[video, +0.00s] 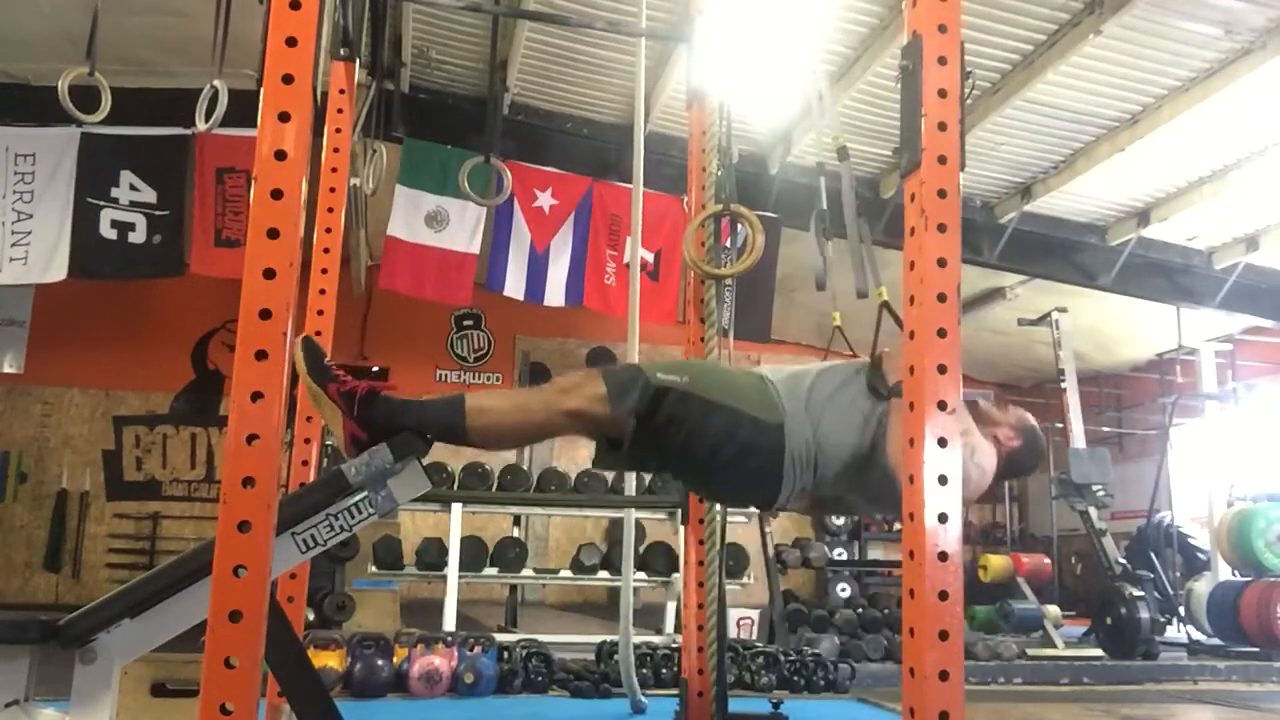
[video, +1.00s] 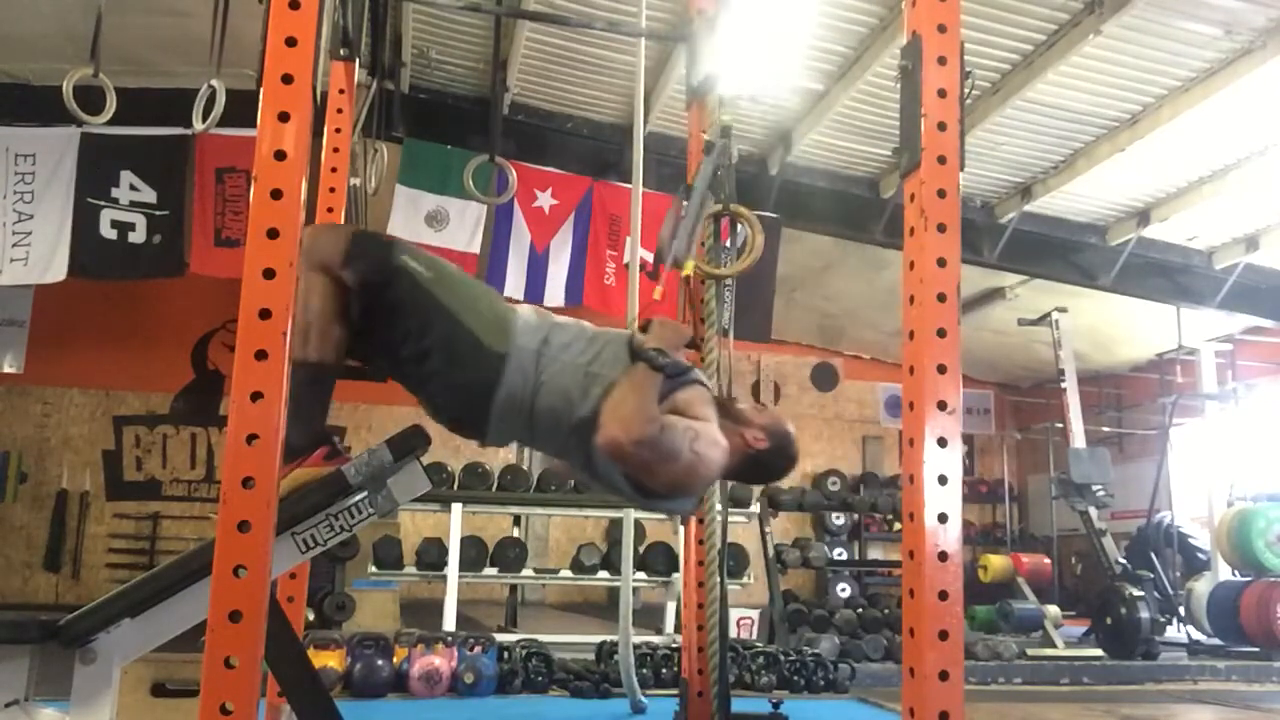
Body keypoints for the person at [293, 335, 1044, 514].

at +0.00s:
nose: (998, 420)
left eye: (1007, 432)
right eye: (1004, 420)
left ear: (1000, 460)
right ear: (992, 420)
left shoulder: (967, 467)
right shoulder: (945, 417)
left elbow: (905, 470)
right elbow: (875, 377)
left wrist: (905, 380)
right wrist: (894, 364)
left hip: (771, 444)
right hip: (758, 411)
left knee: (590, 393)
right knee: (581, 391)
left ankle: (386, 422)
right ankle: (383, 415)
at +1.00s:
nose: (756, 398)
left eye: (765, 411)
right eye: (768, 401)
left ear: (752, 441)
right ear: (751, 434)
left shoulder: (705, 450)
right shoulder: (698, 419)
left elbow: (625, 437)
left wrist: (660, 356)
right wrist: (663, 351)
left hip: (500, 361)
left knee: (323, 244)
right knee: (335, 308)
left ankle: (298, 415)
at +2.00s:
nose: (890, 461)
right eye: (897, 466)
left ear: (885, 517)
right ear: (903, 470)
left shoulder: (860, 520)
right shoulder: (856, 450)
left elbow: (805, 476)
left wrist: (809, 393)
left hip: (671, 431)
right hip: (678, 394)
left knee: (512, 304)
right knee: (505, 301)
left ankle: (351, 417)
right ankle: (363, 399)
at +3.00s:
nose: (947, 610)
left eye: (953, 629)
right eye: (957, 617)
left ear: (939, 659)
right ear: (942, 629)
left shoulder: (897, 649)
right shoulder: (890, 615)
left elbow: (876, 517)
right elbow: (871, 513)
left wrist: (852, 415)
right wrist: (844, 412)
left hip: (731, 554)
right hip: (734, 521)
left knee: (590, 432)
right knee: (576, 426)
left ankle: (382, 415)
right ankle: (390, 415)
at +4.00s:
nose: (992, 419)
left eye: (1002, 429)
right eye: (995, 412)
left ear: (998, 446)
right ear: (981, 401)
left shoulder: (959, 460)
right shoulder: (934, 406)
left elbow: (905, 484)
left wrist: (907, 390)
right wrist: (877, 369)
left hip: (762, 437)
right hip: (750, 420)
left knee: (577, 409)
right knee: (572, 406)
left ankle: (375, 420)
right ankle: (382, 419)